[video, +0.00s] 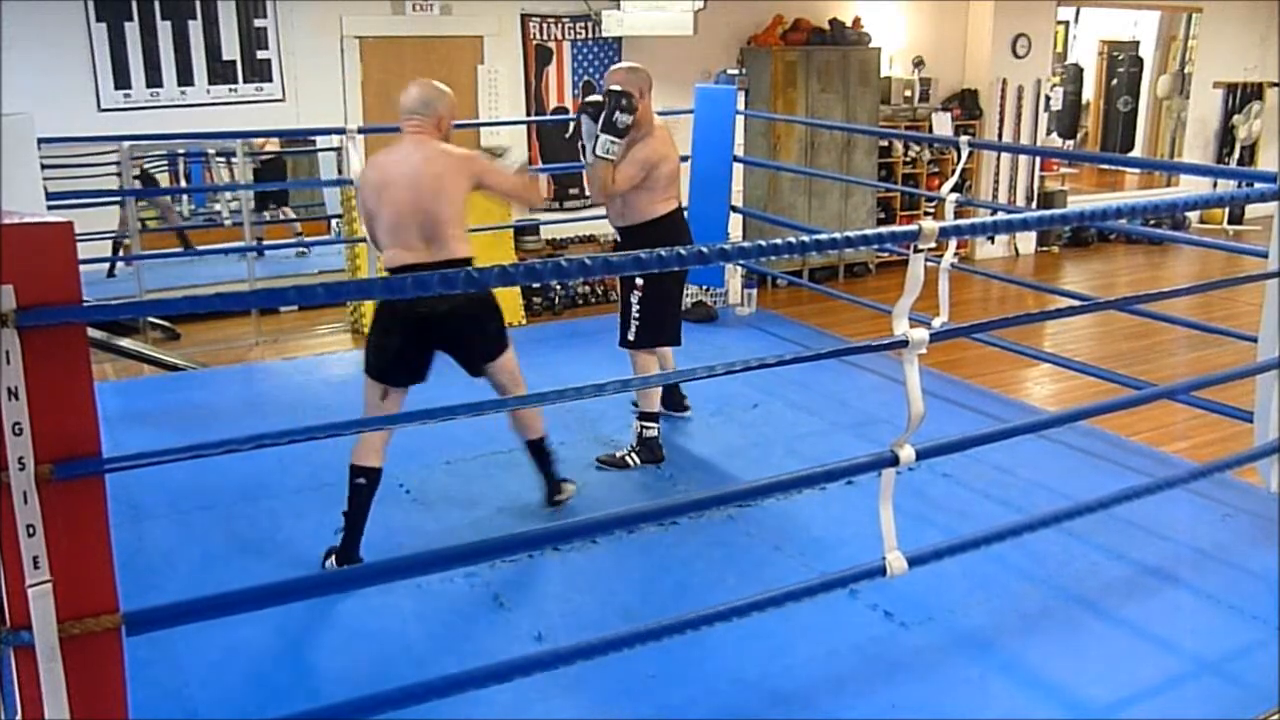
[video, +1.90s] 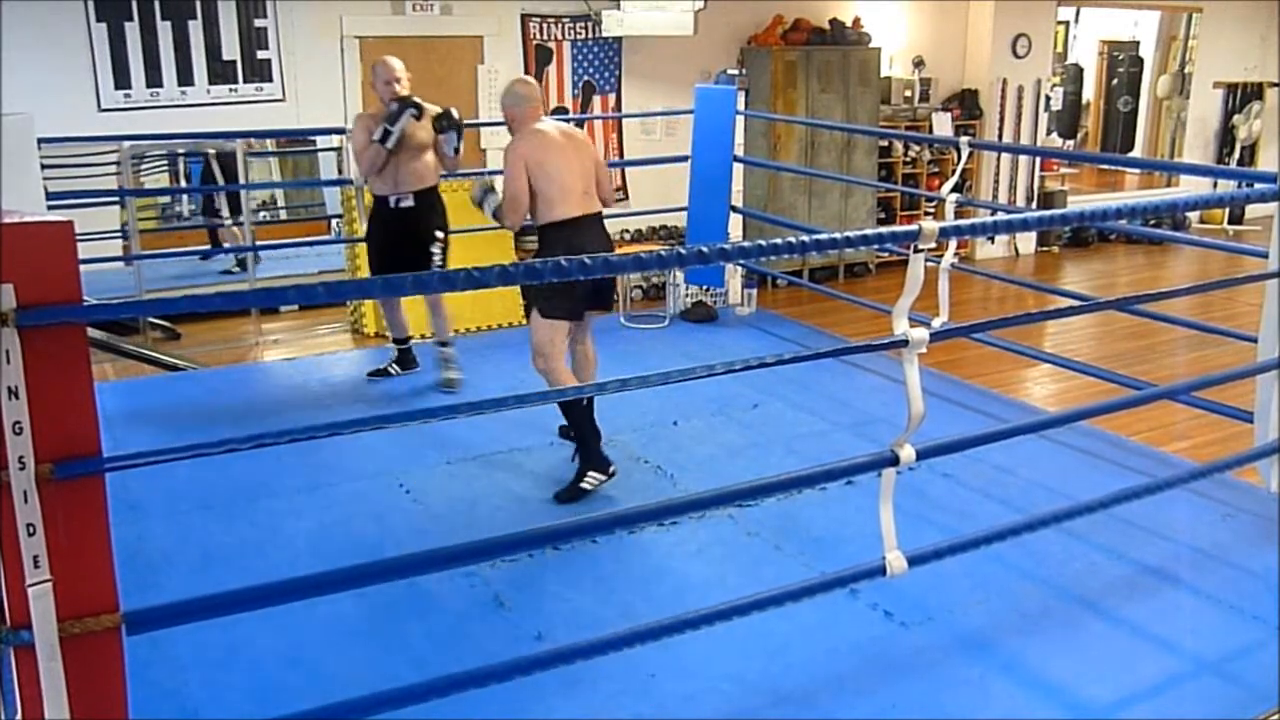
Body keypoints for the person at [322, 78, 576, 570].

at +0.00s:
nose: (455, 125)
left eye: (453, 119)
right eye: (453, 119)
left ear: (402, 119)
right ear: (442, 121)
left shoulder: (371, 171)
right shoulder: (461, 161)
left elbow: (375, 235)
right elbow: (532, 193)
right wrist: (536, 175)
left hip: (399, 302)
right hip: (462, 295)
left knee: (376, 423)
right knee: (514, 389)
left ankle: (349, 546)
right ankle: (552, 484)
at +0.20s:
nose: (495, 123)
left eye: (488, 117)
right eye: (495, 117)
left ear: (451, 121)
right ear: (492, 119)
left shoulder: (431, 170)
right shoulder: (519, 159)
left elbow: (421, 250)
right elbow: (577, 189)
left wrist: (454, 207)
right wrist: (545, 167)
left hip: (453, 296)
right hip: (514, 291)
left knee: (417, 409)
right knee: (540, 393)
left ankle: (384, 535)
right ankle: (569, 499)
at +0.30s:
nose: (511, 113)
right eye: (512, 107)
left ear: (468, 108)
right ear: (510, 108)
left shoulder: (442, 154)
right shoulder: (534, 153)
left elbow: (433, 230)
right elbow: (570, 215)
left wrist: (467, 196)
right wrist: (528, 194)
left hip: (465, 284)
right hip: (524, 279)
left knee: (442, 403)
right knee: (546, 393)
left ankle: (448, 525)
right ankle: (571, 494)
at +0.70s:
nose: (502, 105)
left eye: (498, 98)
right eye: (542, 97)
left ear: (497, 101)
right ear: (541, 101)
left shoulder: (482, 147)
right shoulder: (569, 144)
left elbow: (466, 221)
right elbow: (588, 209)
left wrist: (498, 190)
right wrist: (550, 185)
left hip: (507, 270)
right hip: (563, 265)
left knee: (479, 389)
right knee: (565, 384)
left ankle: (509, 508)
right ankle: (582, 495)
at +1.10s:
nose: (494, 113)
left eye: (494, 107)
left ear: (498, 110)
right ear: (538, 108)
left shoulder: (485, 157)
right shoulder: (570, 149)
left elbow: (472, 216)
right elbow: (597, 209)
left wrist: (492, 177)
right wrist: (558, 195)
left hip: (526, 271)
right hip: (574, 262)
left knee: (520, 388)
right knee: (562, 341)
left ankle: (544, 507)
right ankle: (572, 426)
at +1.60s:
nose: (543, 114)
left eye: (546, 109)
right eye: (551, 109)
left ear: (550, 114)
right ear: (583, 119)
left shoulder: (528, 149)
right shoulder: (600, 154)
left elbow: (490, 176)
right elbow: (621, 214)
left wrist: (486, 156)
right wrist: (590, 194)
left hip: (547, 253)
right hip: (592, 251)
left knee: (566, 361)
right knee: (587, 344)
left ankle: (607, 463)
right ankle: (583, 423)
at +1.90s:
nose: (505, 121)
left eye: (504, 115)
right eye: (505, 115)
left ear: (510, 113)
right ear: (541, 104)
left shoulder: (519, 148)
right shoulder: (577, 135)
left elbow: (514, 218)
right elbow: (608, 193)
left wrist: (489, 200)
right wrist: (563, 193)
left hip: (556, 245)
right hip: (596, 237)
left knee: (548, 357)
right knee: (581, 339)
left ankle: (594, 458)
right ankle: (582, 421)